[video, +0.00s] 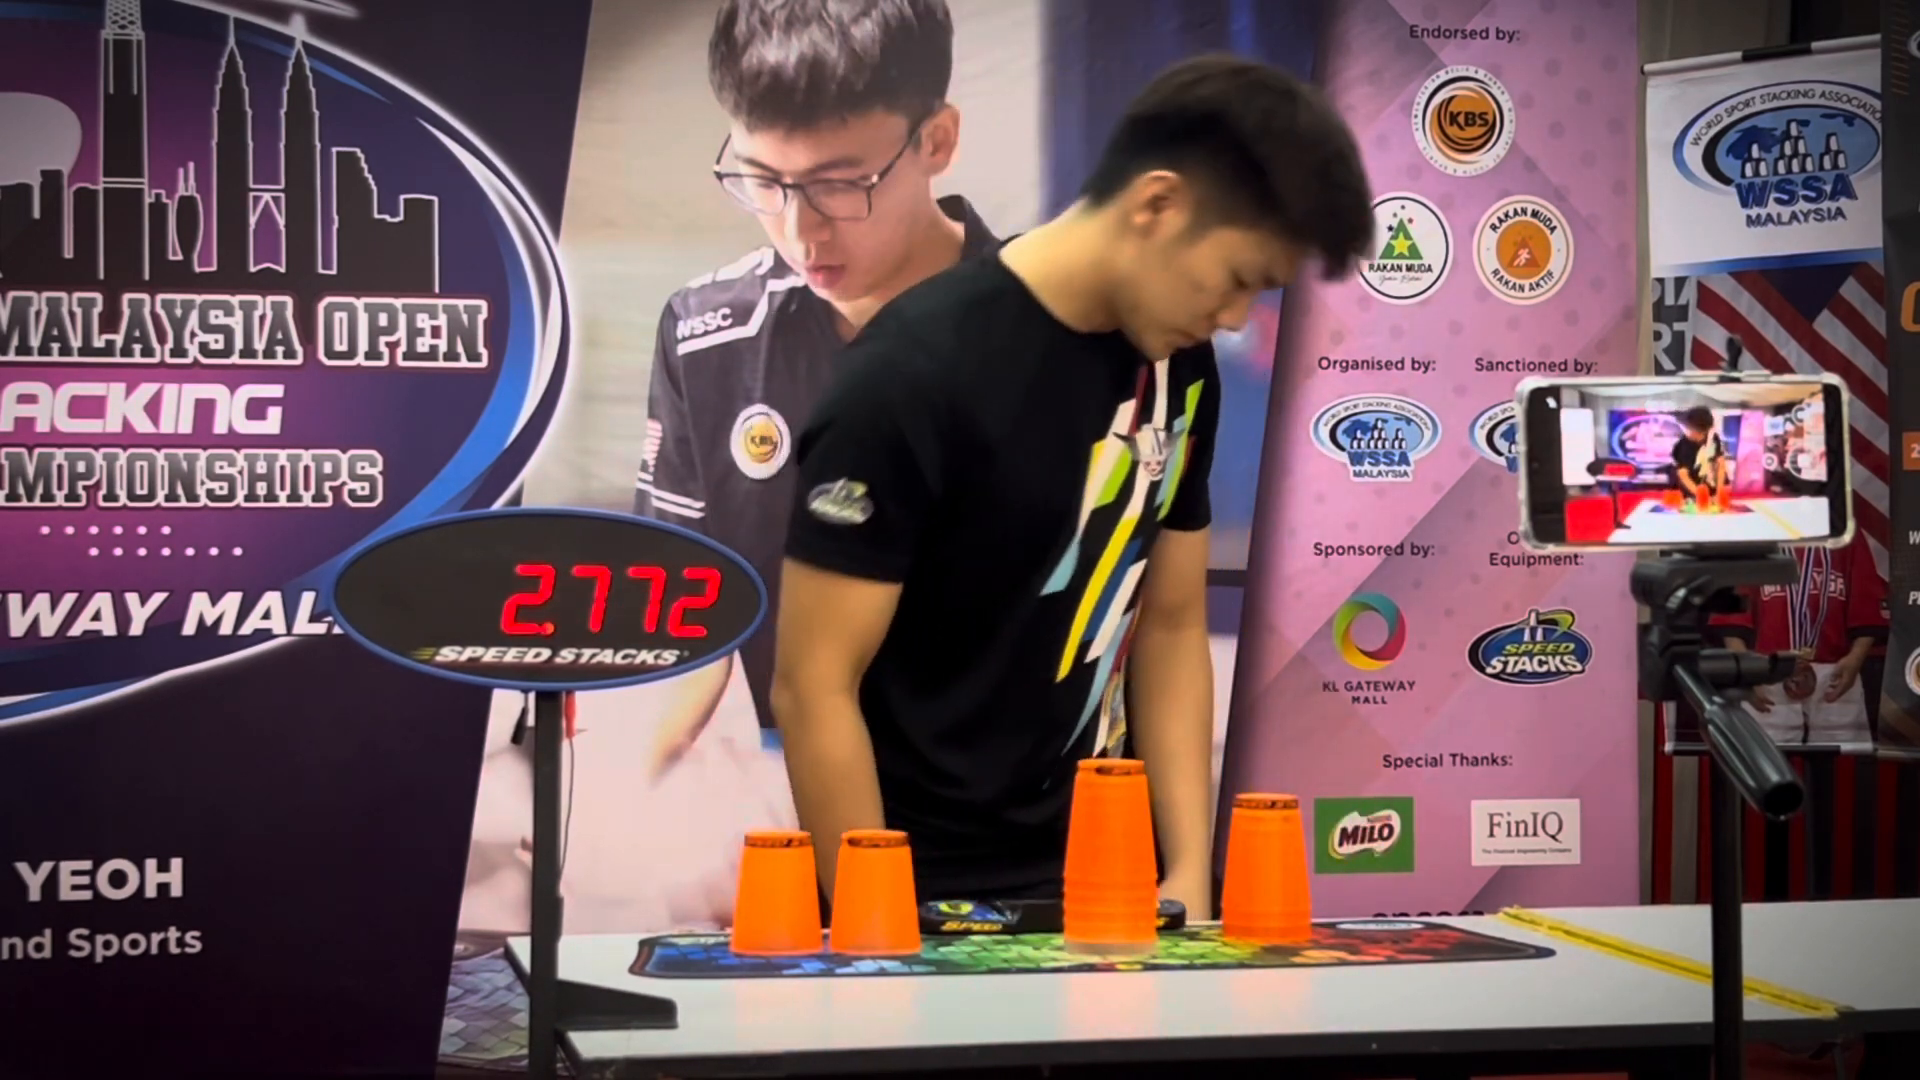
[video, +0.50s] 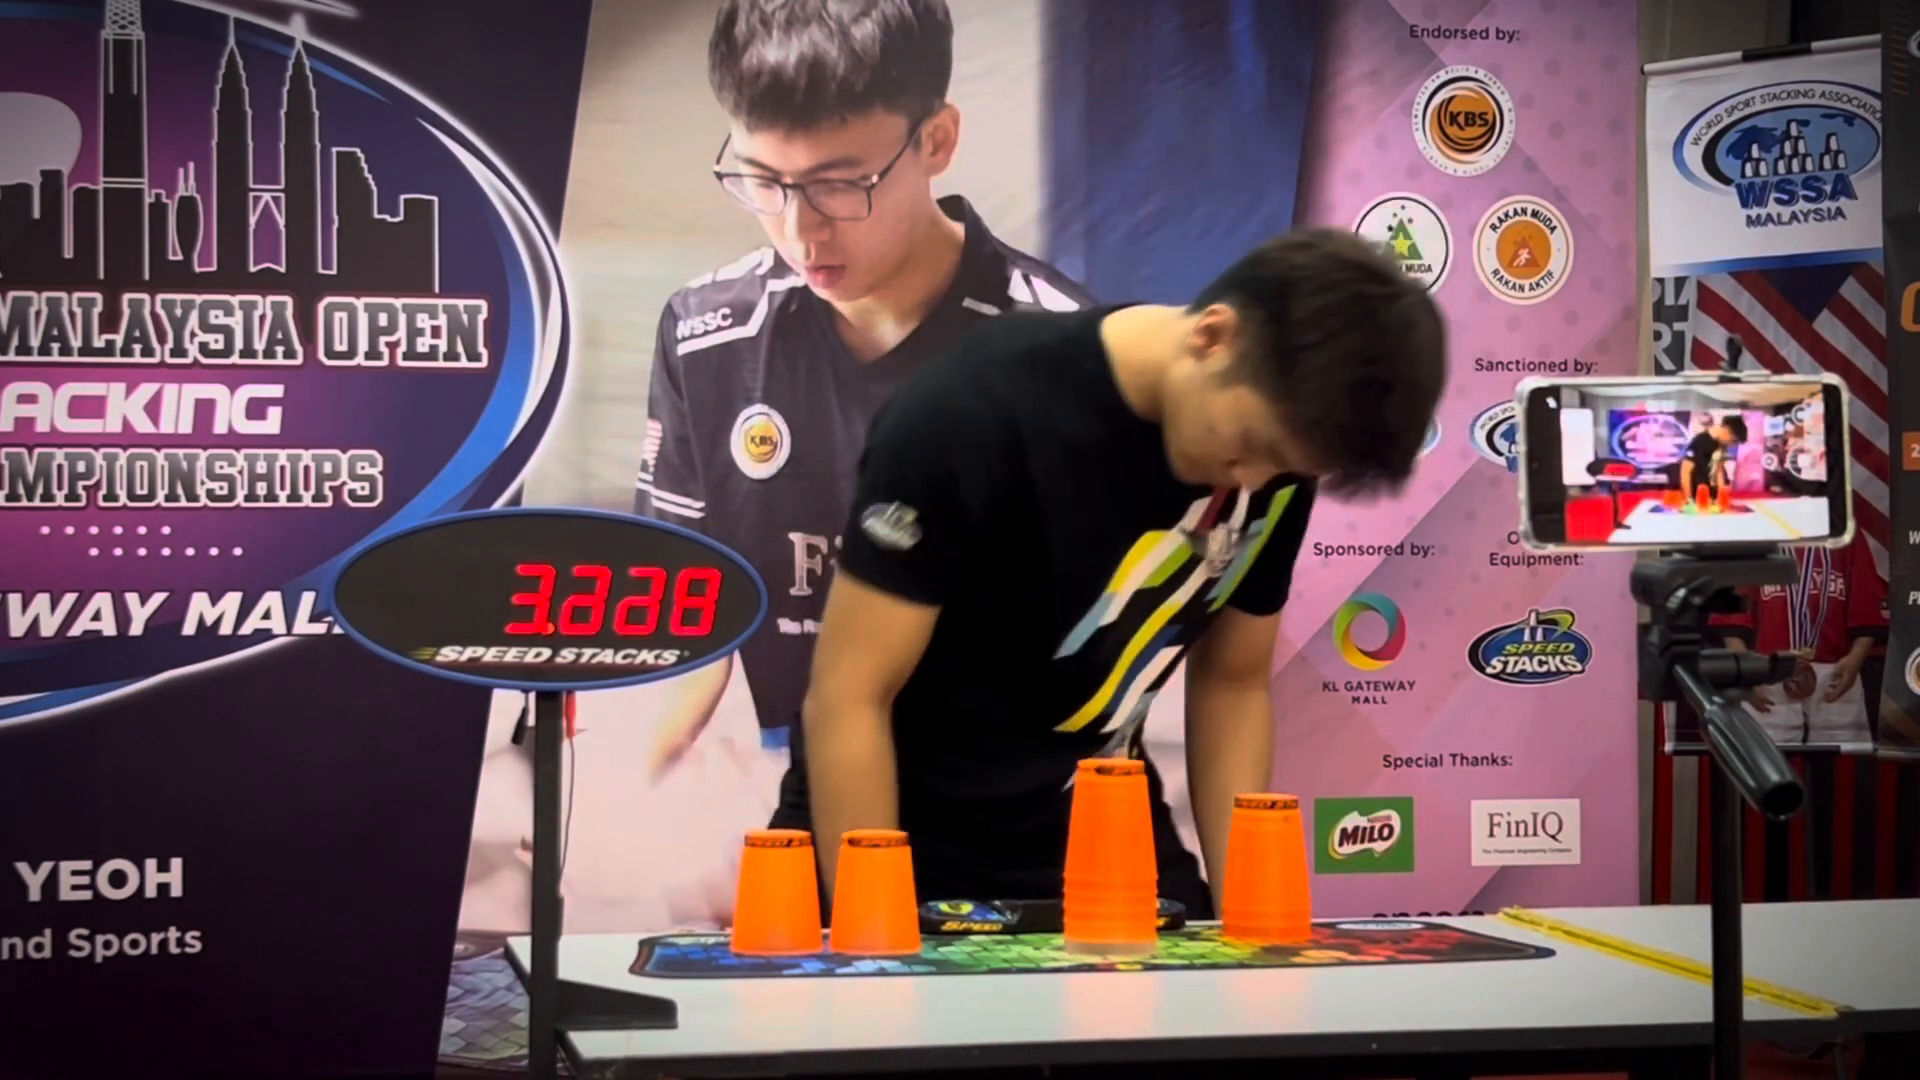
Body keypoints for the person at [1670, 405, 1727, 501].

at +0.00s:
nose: (1700, 436)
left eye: (1703, 432)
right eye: (1696, 432)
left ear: (1708, 430)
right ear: (1688, 428)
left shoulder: (1713, 439)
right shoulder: (1682, 446)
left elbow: (1720, 463)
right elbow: (1682, 473)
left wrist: (1719, 490)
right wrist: (1697, 492)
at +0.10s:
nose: (1710, 433)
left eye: (1713, 429)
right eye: (1708, 428)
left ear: (1716, 428)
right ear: (1699, 424)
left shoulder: (1716, 441)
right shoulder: (1686, 441)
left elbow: (1719, 466)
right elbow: (1680, 471)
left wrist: (1717, 492)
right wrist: (1691, 496)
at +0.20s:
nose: (1718, 431)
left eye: (1720, 427)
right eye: (1717, 426)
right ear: (1708, 420)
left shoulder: (1717, 441)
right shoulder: (1689, 439)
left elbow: (1719, 466)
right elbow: (1679, 470)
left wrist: (1717, 492)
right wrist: (1687, 497)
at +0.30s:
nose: (1724, 434)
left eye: (1726, 430)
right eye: (1724, 428)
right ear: (1715, 420)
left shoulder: (1717, 442)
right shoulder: (1693, 438)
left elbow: (1718, 466)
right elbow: (1680, 468)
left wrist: (1720, 490)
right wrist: (1685, 497)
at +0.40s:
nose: (1727, 439)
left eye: (1730, 436)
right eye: (1729, 434)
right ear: (1723, 425)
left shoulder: (1718, 443)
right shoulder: (1696, 440)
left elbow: (1718, 468)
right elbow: (1683, 470)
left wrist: (1721, 492)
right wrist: (1687, 497)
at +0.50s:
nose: (1730, 443)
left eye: (1733, 441)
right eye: (1731, 438)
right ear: (1726, 429)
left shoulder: (1719, 444)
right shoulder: (1700, 441)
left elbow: (1719, 469)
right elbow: (1685, 469)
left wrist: (1721, 492)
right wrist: (1687, 498)